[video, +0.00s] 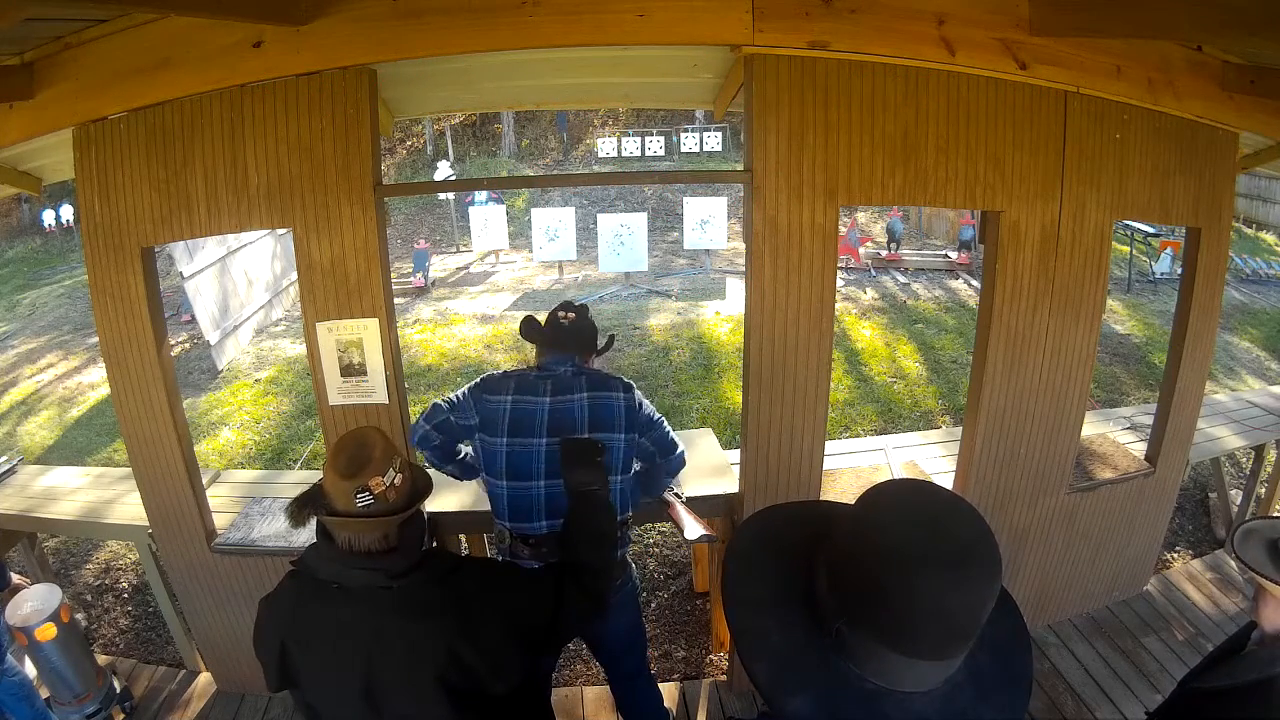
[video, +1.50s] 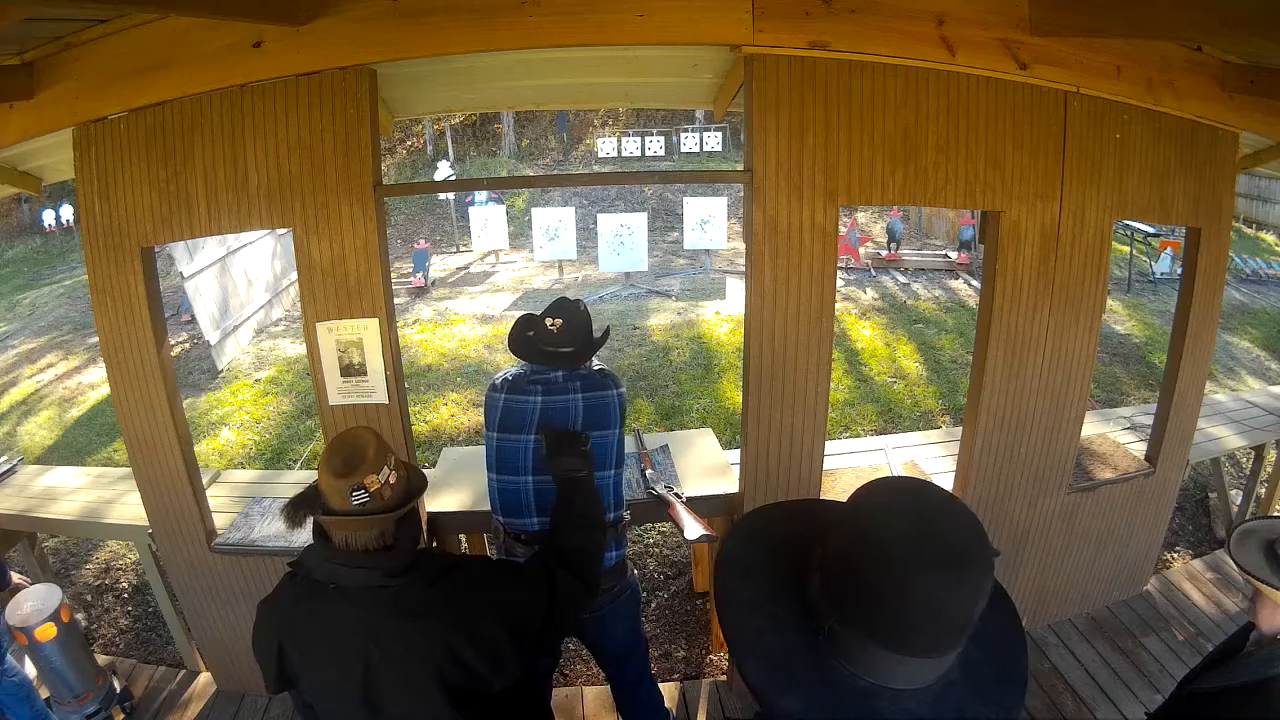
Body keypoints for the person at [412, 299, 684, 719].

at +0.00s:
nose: (596, 360)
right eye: (595, 352)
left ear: (538, 348)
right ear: (590, 354)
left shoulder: (489, 391)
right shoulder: (620, 393)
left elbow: (425, 433)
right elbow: (670, 456)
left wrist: (478, 467)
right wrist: (629, 495)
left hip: (524, 579)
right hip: (604, 573)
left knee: (528, 694)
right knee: (634, 685)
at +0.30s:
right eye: (580, 335)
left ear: (523, 342)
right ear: (581, 343)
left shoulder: (489, 401)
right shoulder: (608, 391)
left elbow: (479, 449)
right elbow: (629, 459)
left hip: (526, 585)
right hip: (605, 577)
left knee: (530, 696)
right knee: (636, 686)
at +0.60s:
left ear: (528, 341)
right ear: (583, 344)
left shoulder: (494, 392)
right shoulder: (607, 387)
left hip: (524, 582)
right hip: (602, 575)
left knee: (529, 693)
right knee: (636, 687)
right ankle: (653, 716)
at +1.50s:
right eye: (592, 341)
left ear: (533, 343)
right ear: (587, 348)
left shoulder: (499, 390)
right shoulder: (609, 389)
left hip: (523, 578)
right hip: (601, 573)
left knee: (530, 691)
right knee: (635, 687)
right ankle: (652, 714)